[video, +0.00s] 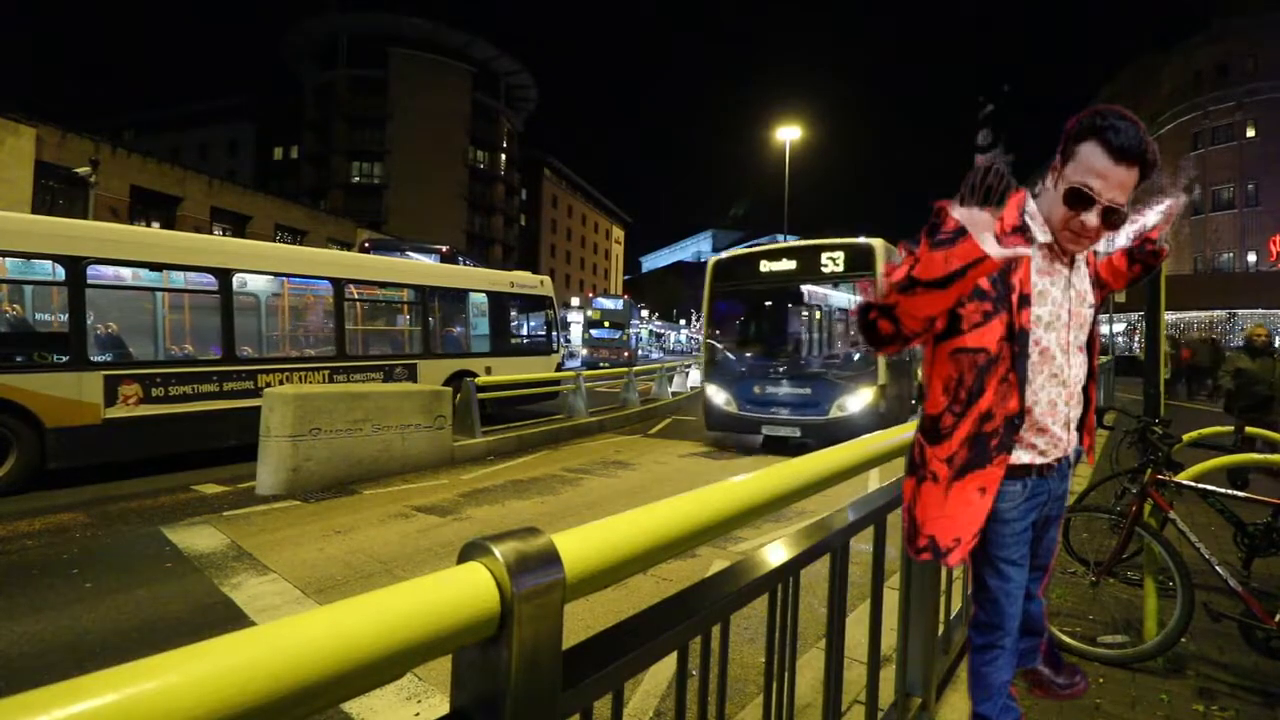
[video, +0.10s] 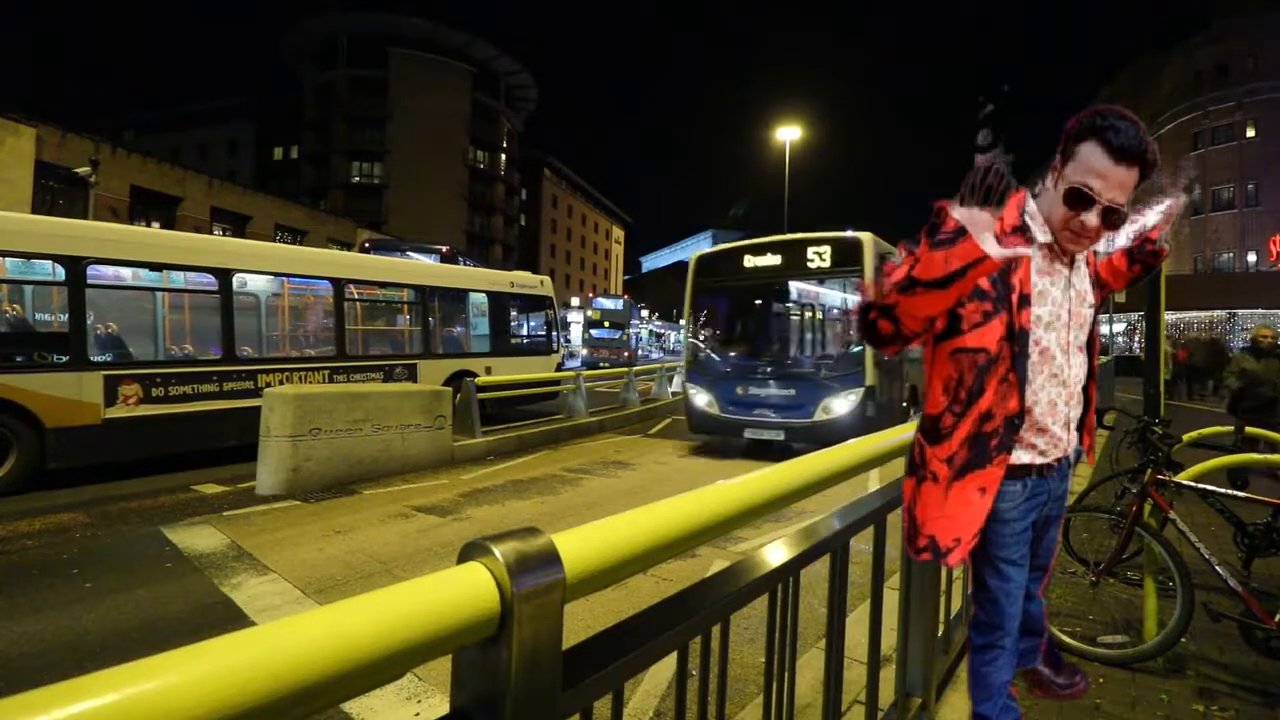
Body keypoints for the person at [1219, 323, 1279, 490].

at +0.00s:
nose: (1262, 339)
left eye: (1266, 336)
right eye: (1257, 336)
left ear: (1270, 339)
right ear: (1249, 338)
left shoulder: (1273, 359)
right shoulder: (1237, 356)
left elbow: (1276, 381)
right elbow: (1224, 375)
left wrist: (1274, 396)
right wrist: (1230, 389)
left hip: (1270, 407)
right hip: (1244, 407)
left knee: (1273, 442)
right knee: (1244, 444)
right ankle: (1240, 477)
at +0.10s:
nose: (1268, 341)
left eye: (1271, 338)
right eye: (1263, 337)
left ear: (1275, 341)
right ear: (1254, 338)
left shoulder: (1275, 359)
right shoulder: (1242, 357)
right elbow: (1228, 376)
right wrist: (1237, 389)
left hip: (1272, 408)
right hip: (1247, 408)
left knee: (1273, 443)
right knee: (1246, 444)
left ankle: (1273, 471)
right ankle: (1240, 475)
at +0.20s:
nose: (1274, 340)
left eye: (1277, 337)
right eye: (1270, 337)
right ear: (1261, 338)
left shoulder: (1277, 360)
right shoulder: (1248, 358)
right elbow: (1231, 379)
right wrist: (1243, 391)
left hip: (1274, 411)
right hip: (1250, 411)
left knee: (1275, 446)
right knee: (1247, 446)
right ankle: (1240, 476)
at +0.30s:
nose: (1275, 338)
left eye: (1278, 334)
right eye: (1272, 334)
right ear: (1264, 336)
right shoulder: (1253, 358)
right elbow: (1235, 379)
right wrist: (1243, 399)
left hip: (1275, 412)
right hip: (1259, 410)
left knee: (1275, 444)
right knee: (1251, 444)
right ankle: (1239, 473)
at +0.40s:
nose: (1278, 337)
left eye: (1279, 333)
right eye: (1275, 333)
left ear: (1279, 335)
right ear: (1266, 335)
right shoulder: (1255, 357)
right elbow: (1238, 384)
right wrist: (1244, 405)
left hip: (1275, 411)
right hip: (1260, 410)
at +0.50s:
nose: (1278, 337)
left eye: (1279, 334)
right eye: (1276, 333)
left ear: (1278, 336)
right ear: (1268, 336)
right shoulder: (1257, 358)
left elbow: (1239, 383)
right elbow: (1239, 384)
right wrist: (1240, 406)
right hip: (1265, 412)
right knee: (1268, 444)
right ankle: (1267, 474)